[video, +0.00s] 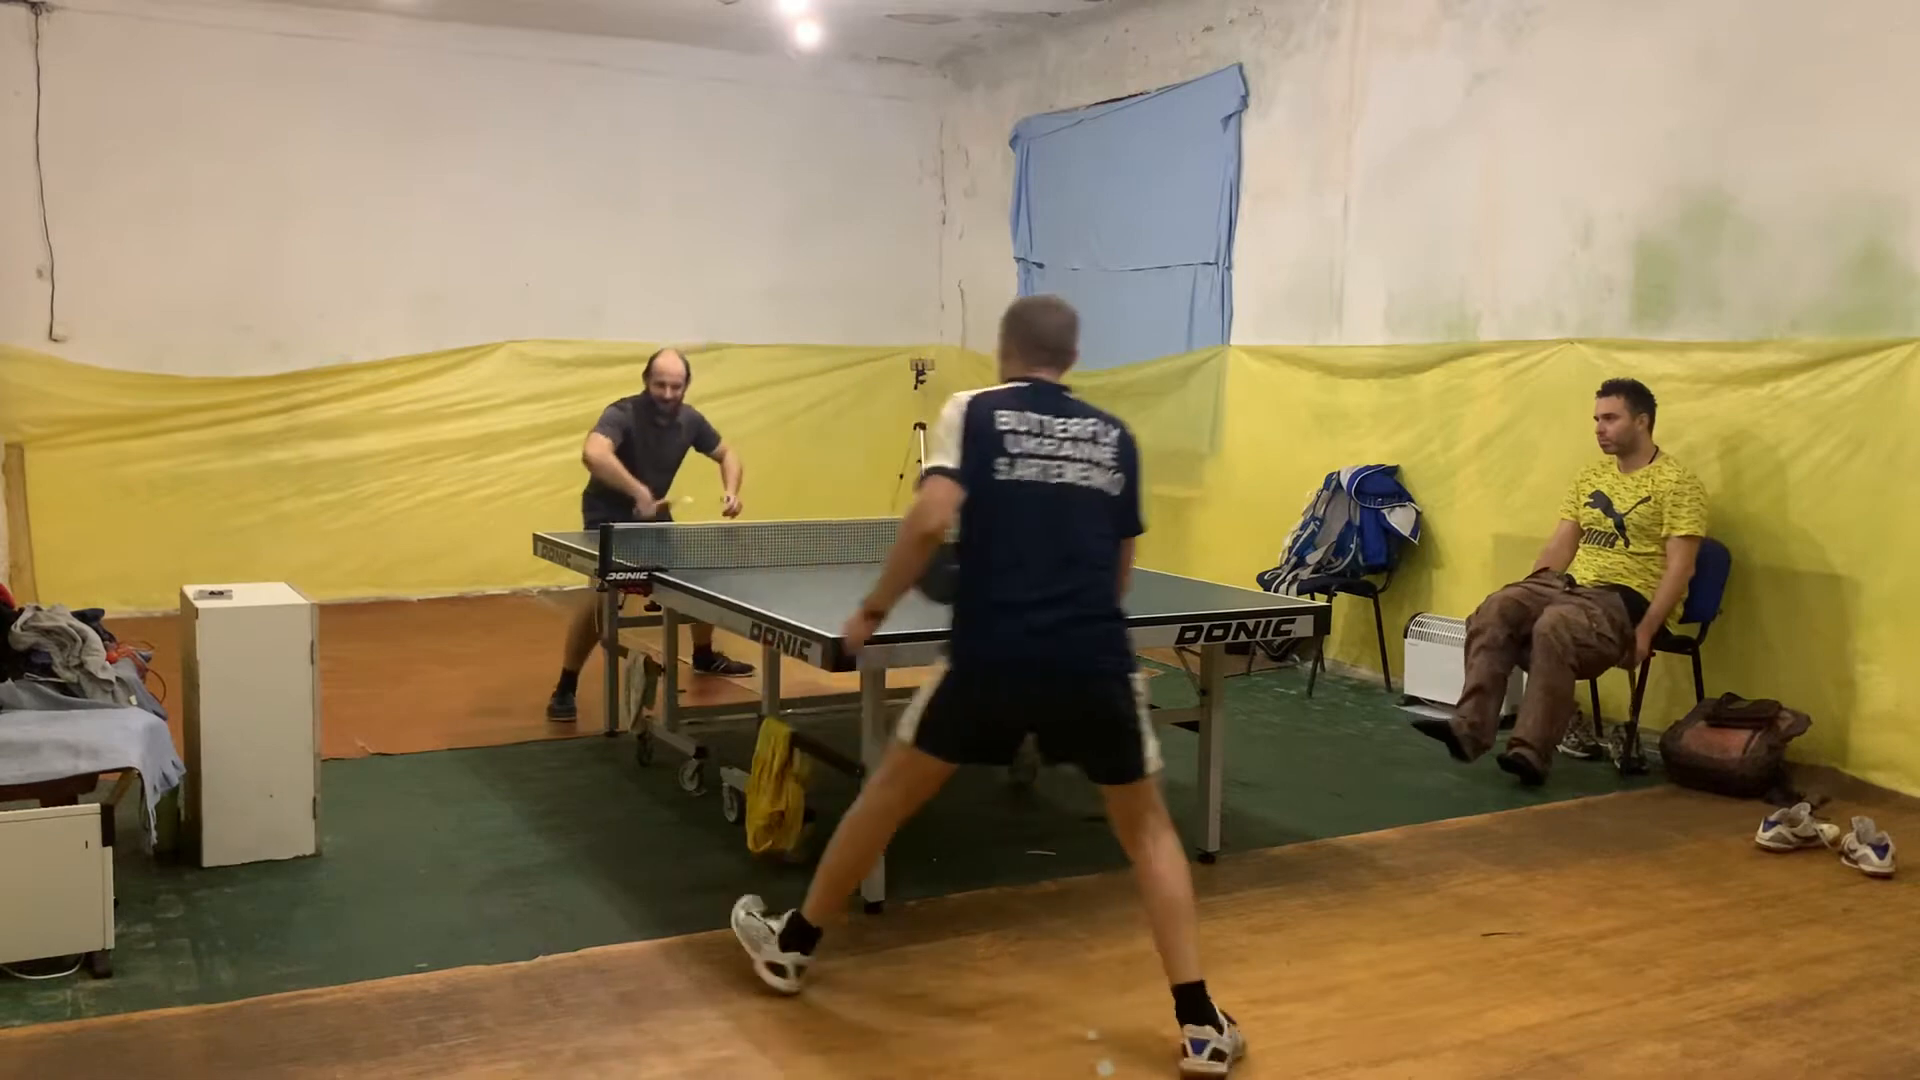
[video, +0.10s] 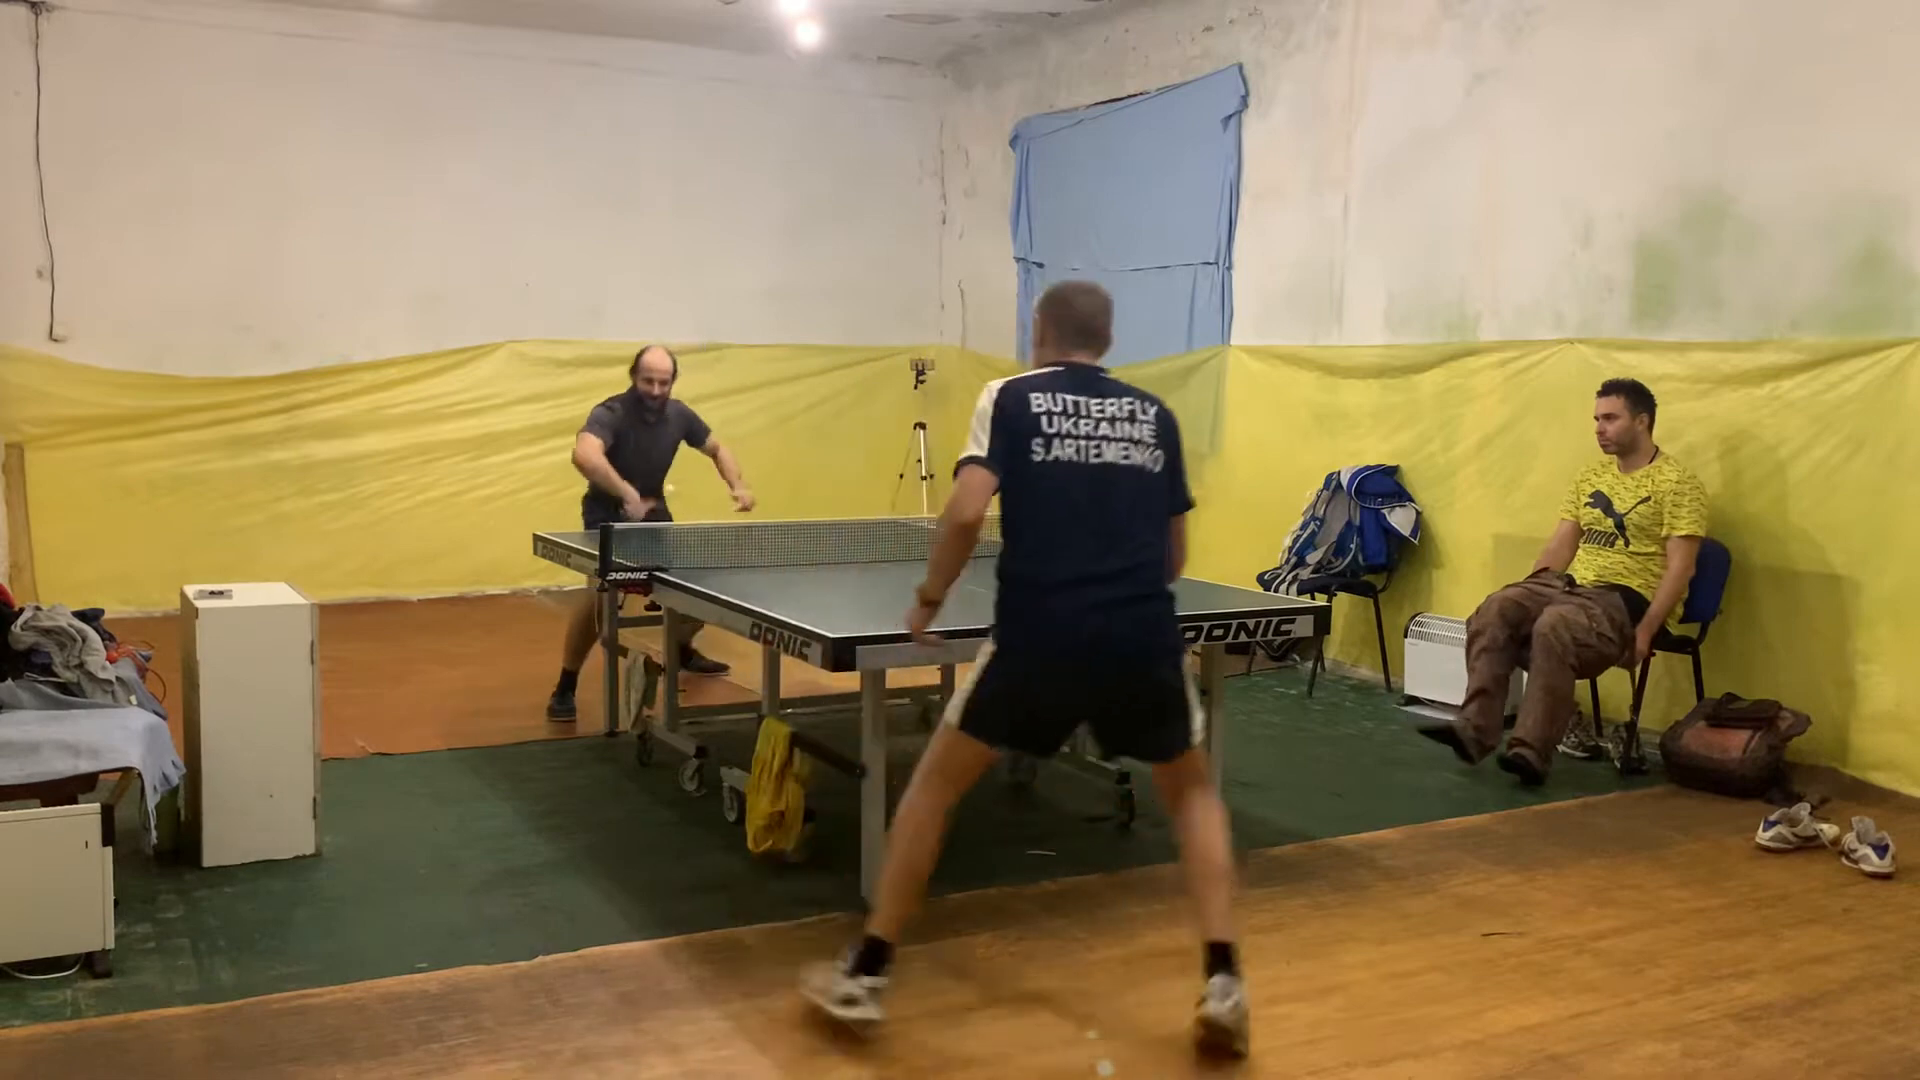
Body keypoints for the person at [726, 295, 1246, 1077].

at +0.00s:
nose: (1005, 363)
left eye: (1003, 351)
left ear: (1003, 355)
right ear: (1073, 362)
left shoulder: (970, 410)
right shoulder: (1115, 434)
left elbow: (931, 519)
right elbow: (1120, 570)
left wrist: (870, 612)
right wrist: (1080, 628)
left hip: (991, 665)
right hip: (1093, 672)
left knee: (888, 799)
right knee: (1147, 828)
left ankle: (794, 943)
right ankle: (1201, 1019)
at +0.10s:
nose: (1030, 343)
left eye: (1032, 332)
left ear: (1038, 335)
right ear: (1108, 344)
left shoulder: (1008, 397)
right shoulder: (1155, 414)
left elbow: (966, 513)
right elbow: (1173, 560)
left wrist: (930, 597)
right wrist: (1108, 585)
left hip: (1038, 643)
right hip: (1141, 644)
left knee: (933, 792)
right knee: (1191, 790)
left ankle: (865, 973)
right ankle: (1224, 977)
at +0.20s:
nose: (1066, 348)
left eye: (1067, 337)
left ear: (1073, 342)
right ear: (1143, 351)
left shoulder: (1036, 404)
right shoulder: (1190, 419)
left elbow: (992, 527)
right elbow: (1213, 560)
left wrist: (975, 602)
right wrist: (1151, 592)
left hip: (1071, 643)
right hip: (1175, 643)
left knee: (981, 802)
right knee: (1236, 797)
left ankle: (956, 1004)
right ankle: (1321, 986)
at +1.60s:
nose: (1016, 392)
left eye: (1020, 378)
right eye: (1016, 378)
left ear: (1050, 373)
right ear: (1088, 375)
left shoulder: (1052, 447)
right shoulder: (1163, 441)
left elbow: (1062, 587)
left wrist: (988, 711)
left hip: (1119, 685)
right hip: (1216, 672)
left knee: (983, 817)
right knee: (1248, 812)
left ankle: (1033, 1028)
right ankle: (1340, 972)